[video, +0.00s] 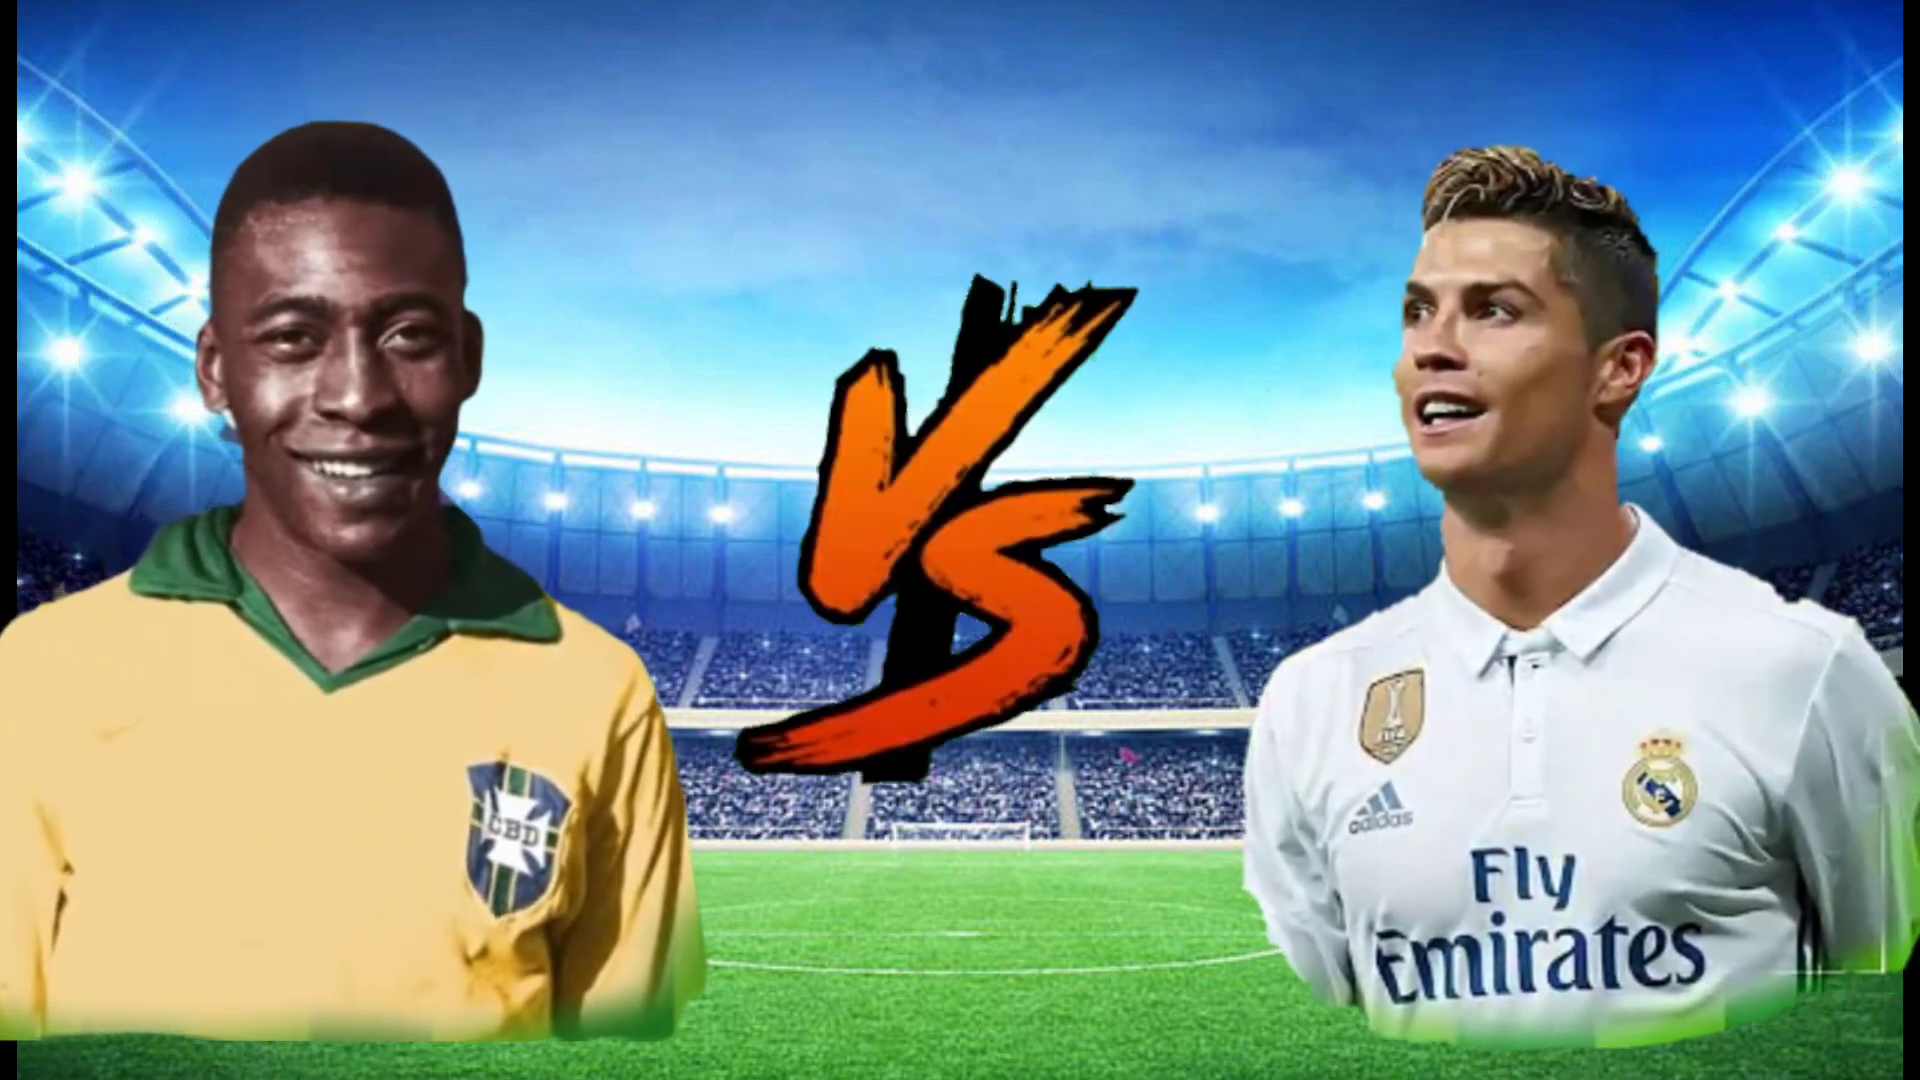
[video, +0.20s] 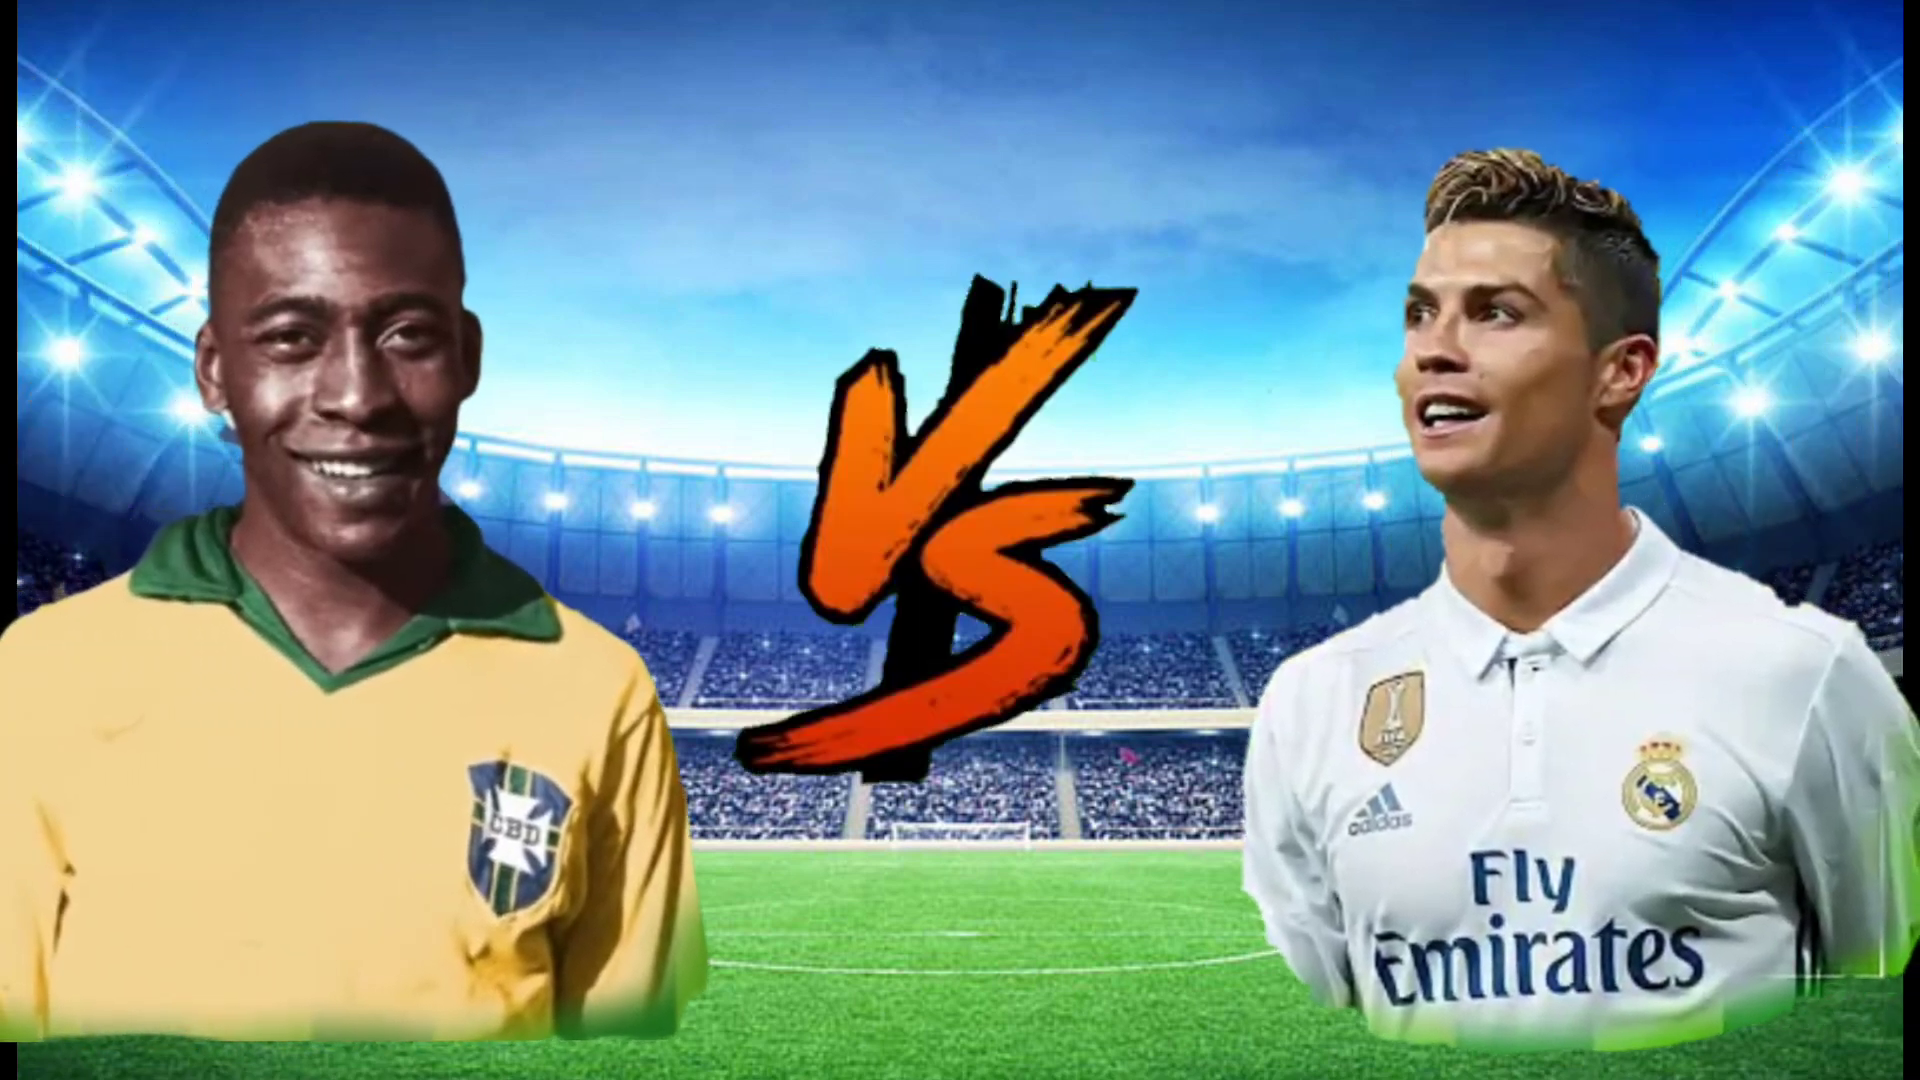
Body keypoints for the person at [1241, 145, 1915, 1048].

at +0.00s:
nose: (1431, 347)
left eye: (1494, 310)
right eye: (1418, 313)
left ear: (1619, 370)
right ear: (1400, 346)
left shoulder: (1804, 680)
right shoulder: (1307, 709)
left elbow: (1876, 1026)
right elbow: (1318, 1043)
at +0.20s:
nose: (1432, 349)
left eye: (1496, 313)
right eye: (1420, 315)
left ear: (1621, 373)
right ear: (1401, 350)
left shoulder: (1804, 684)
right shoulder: (1307, 711)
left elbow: (1876, 1024)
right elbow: (1315, 1040)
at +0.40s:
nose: (1436, 352)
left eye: (1500, 315)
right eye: (1424, 317)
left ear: (1624, 376)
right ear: (1404, 352)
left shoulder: (1807, 687)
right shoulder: (1308, 712)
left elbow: (1875, 1027)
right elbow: (1319, 1043)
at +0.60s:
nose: (1441, 355)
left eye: (1505, 318)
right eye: (1429, 319)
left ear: (1628, 379)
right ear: (1409, 353)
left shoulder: (1809, 692)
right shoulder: (1311, 714)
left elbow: (1874, 1031)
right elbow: (1321, 1046)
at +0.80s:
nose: (1446, 356)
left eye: (1512, 320)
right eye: (1435, 321)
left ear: (1635, 381)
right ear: (1415, 355)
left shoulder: (1813, 696)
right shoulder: (1315, 715)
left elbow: (1878, 1031)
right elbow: (1326, 1045)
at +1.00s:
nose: (1455, 360)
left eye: (1522, 323)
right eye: (1446, 324)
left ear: (1644, 385)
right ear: (1424, 363)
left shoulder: (1823, 701)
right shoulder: (1323, 716)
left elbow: (1881, 1034)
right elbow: (1335, 1046)